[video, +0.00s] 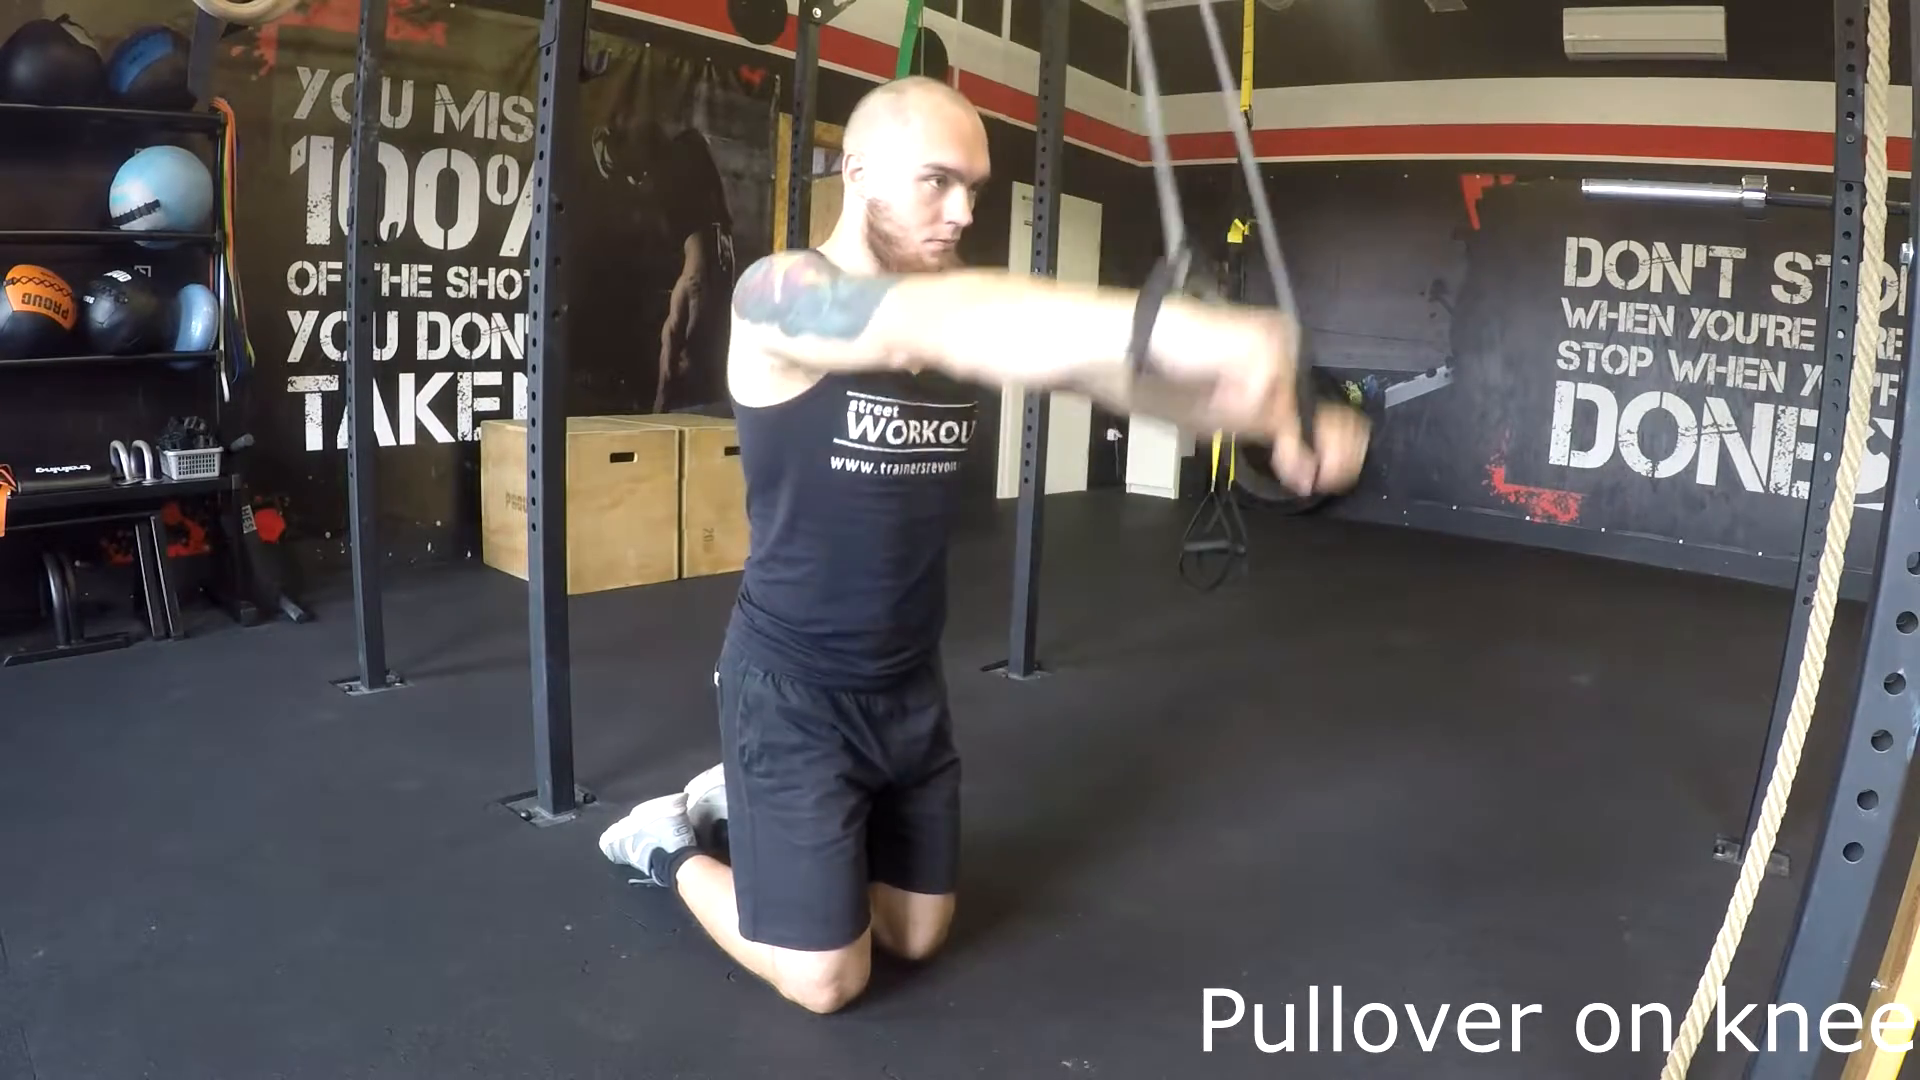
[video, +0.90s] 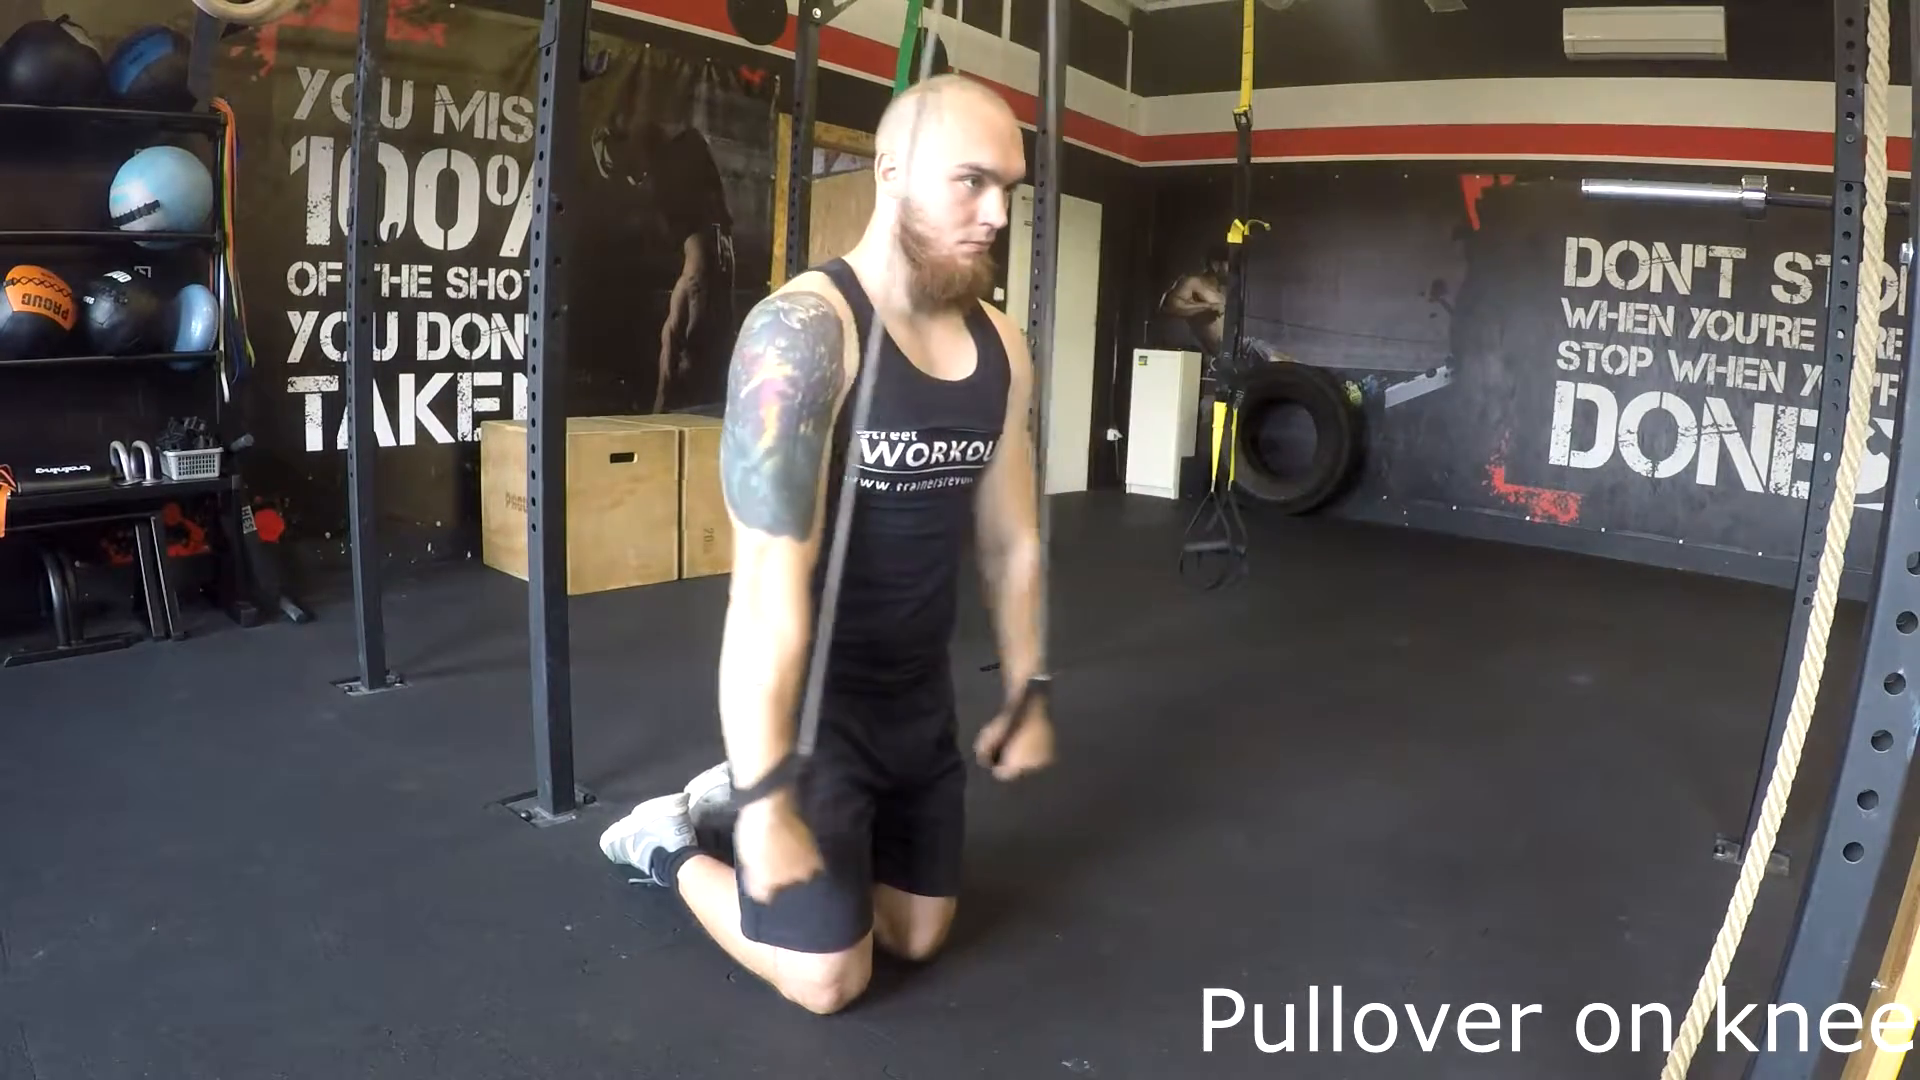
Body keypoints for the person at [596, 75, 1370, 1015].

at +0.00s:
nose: (960, 214)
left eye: (974, 191)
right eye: (936, 182)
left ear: (979, 196)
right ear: (857, 172)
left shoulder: (967, 312)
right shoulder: (776, 291)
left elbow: (1096, 370)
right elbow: (927, 328)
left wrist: (1257, 415)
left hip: (908, 680)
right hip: (790, 682)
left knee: (915, 933)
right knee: (822, 979)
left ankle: (744, 804)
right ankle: (671, 856)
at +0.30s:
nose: (968, 217)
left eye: (983, 194)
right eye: (945, 186)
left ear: (986, 197)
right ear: (865, 174)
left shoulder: (961, 302)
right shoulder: (784, 293)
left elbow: (1054, 356)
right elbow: (953, 336)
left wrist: (1266, 372)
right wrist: (1197, 351)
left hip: (909, 681)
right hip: (793, 684)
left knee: (916, 932)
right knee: (822, 980)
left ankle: (745, 806)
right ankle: (676, 854)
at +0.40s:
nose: (972, 216)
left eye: (987, 193)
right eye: (948, 185)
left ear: (993, 196)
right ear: (871, 177)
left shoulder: (977, 308)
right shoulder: (789, 303)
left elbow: (1105, 382)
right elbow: (961, 415)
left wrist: (1270, 457)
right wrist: (1158, 488)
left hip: (910, 683)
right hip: (793, 685)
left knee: (916, 931)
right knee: (822, 979)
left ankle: (744, 803)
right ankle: (673, 855)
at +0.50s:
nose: (978, 214)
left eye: (991, 191)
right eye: (954, 183)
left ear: (1000, 197)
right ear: (875, 185)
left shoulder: (986, 322)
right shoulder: (793, 316)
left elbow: (1105, 443)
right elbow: (931, 484)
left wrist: (1254, 565)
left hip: (911, 683)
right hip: (795, 684)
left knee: (914, 933)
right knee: (824, 978)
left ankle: (742, 813)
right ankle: (673, 856)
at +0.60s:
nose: (982, 212)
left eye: (996, 187)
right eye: (955, 180)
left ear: (1003, 193)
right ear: (876, 178)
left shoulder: (994, 331)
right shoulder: (794, 326)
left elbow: (1086, 490)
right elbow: (877, 535)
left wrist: (1191, 643)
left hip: (932, 677)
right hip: (801, 683)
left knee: (915, 933)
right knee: (823, 981)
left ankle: (752, 810)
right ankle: (672, 853)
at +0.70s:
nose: (986, 210)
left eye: (998, 184)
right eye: (961, 180)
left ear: (1007, 190)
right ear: (885, 180)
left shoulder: (992, 337)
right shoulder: (797, 330)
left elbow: (1056, 516)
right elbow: (833, 573)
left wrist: (1123, 681)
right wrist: (892, 790)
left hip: (917, 664)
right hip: (798, 676)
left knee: (915, 933)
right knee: (823, 979)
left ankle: (753, 803)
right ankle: (671, 851)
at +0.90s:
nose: (998, 214)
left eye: (1008, 188)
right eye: (972, 184)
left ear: (1015, 192)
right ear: (893, 176)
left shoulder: (998, 342)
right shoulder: (800, 333)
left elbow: (1012, 536)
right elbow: (769, 585)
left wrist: (1025, 685)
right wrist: (768, 797)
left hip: (919, 692)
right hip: (806, 694)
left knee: (914, 931)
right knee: (825, 979)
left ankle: (745, 811)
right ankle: (671, 850)